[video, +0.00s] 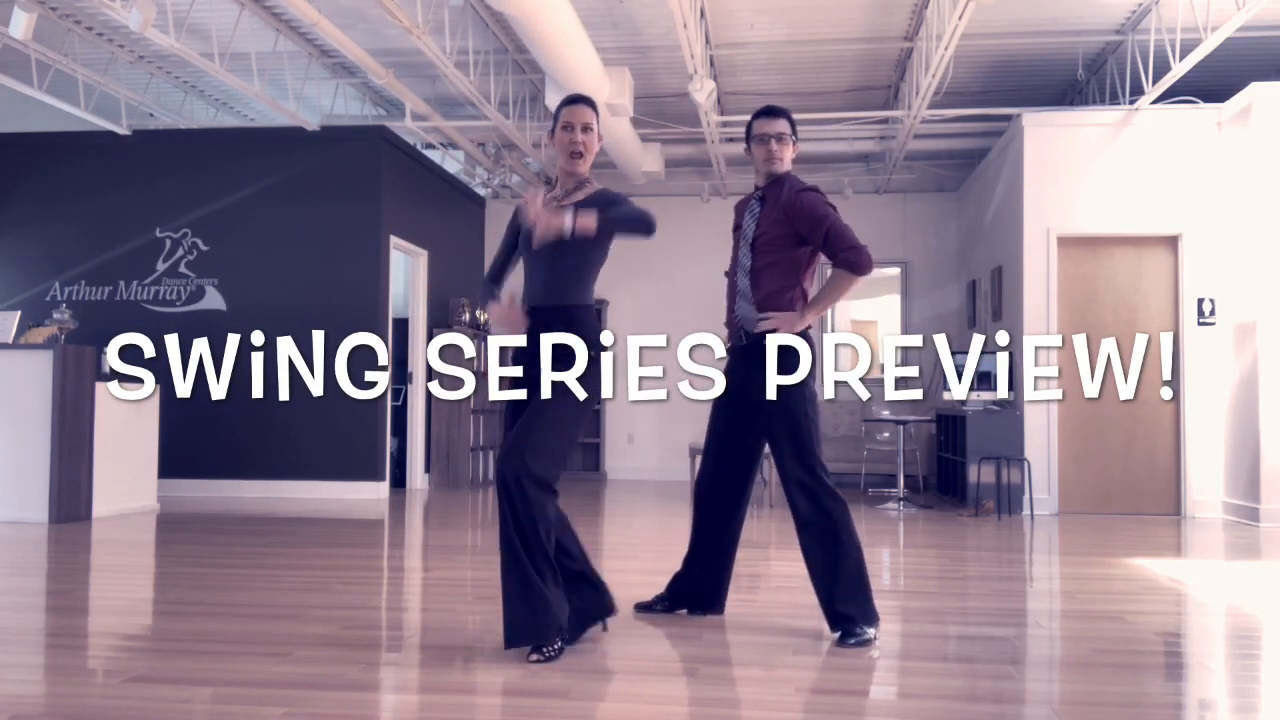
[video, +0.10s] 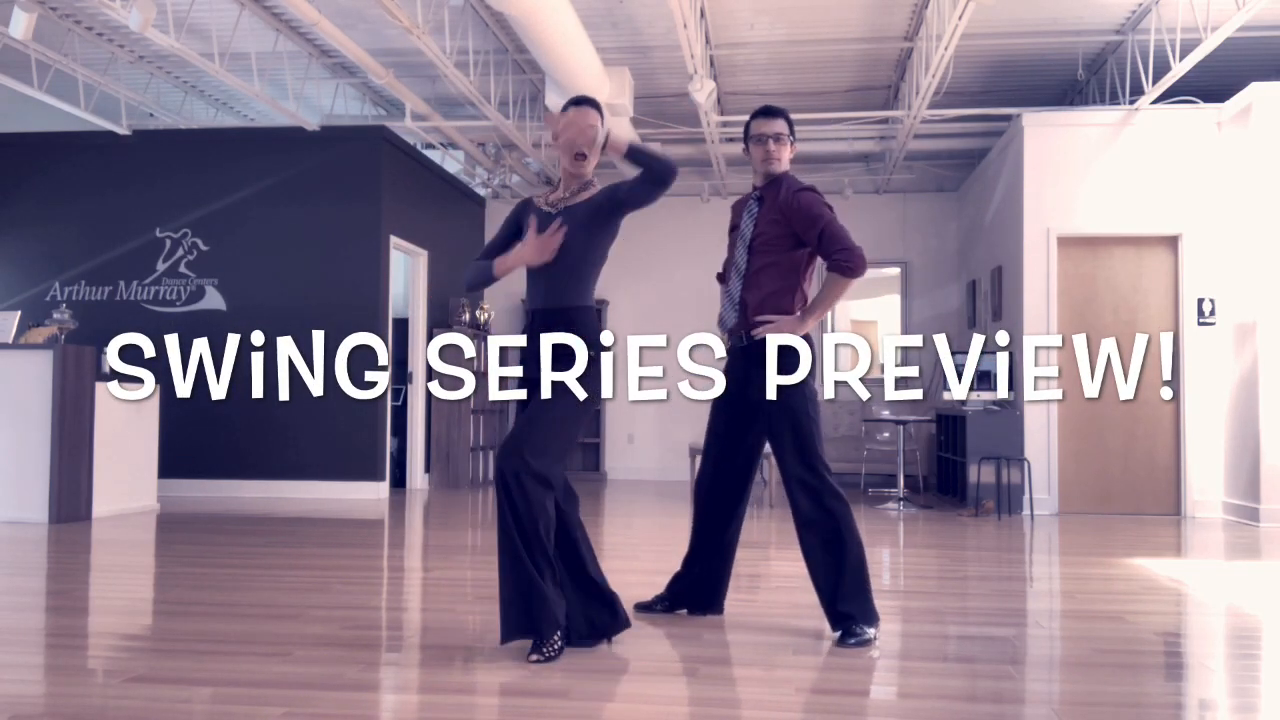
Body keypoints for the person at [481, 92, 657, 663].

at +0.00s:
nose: (577, 138)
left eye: (587, 130)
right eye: (568, 128)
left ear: (598, 142)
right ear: (551, 138)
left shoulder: (601, 200)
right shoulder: (532, 205)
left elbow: (644, 221)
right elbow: (493, 277)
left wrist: (570, 221)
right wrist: (496, 300)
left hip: (575, 349)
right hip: (532, 347)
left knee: (520, 469)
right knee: (523, 475)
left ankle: (551, 619)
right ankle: (585, 599)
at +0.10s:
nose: (582, 156)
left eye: (592, 149)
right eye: (574, 145)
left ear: (602, 150)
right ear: (554, 140)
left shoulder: (606, 203)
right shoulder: (529, 209)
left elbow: (664, 174)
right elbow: (472, 279)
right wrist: (519, 256)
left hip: (578, 350)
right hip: (535, 349)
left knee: (517, 463)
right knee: (544, 478)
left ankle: (548, 614)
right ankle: (593, 607)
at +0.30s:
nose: (589, 149)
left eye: (599, 141)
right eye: (579, 141)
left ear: (609, 154)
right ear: (561, 152)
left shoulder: (614, 212)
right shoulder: (536, 219)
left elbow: (681, 143)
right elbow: (527, 276)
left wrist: (628, 88)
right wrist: (601, 260)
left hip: (582, 358)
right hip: (538, 358)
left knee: (506, 460)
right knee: (546, 487)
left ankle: (537, 611)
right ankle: (591, 611)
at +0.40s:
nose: (595, 157)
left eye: (604, 149)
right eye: (585, 149)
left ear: (613, 161)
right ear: (566, 159)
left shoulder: (621, 222)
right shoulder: (539, 230)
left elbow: (689, 153)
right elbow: (508, 300)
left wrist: (637, 96)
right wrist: (574, 283)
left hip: (583, 375)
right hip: (537, 375)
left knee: (506, 465)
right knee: (538, 493)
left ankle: (534, 612)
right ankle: (588, 609)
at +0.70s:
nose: (597, 155)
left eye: (607, 148)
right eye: (588, 145)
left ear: (616, 159)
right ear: (569, 153)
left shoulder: (622, 212)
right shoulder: (540, 218)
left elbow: (702, 176)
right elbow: (526, 289)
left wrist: (665, 112)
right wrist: (594, 288)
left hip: (586, 364)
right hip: (543, 364)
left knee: (506, 462)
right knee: (538, 485)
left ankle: (538, 614)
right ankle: (588, 607)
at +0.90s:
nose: (600, 154)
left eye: (609, 145)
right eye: (590, 145)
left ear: (620, 153)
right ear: (572, 152)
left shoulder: (630, 212)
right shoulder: (546, 218)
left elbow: (613, 279)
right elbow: (516, 279)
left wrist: (595, 218)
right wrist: (488, 313)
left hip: (600, 361)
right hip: (547, 359)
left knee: (532, 459)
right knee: (533, 476)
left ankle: (540, 614)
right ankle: (588, 606)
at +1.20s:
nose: (603, 151)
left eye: (612, 142)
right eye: (592, 142)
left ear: (623, 149)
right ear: (575, 150)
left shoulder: (631, 206)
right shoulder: (556, 207)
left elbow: (602, 279)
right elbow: (490, 232)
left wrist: (557, 249)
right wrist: (477, 245)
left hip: (606, 365)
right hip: (555, 362)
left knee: (550, 461)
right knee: (544, 475)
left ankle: (545, 620)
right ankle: (590, 607)